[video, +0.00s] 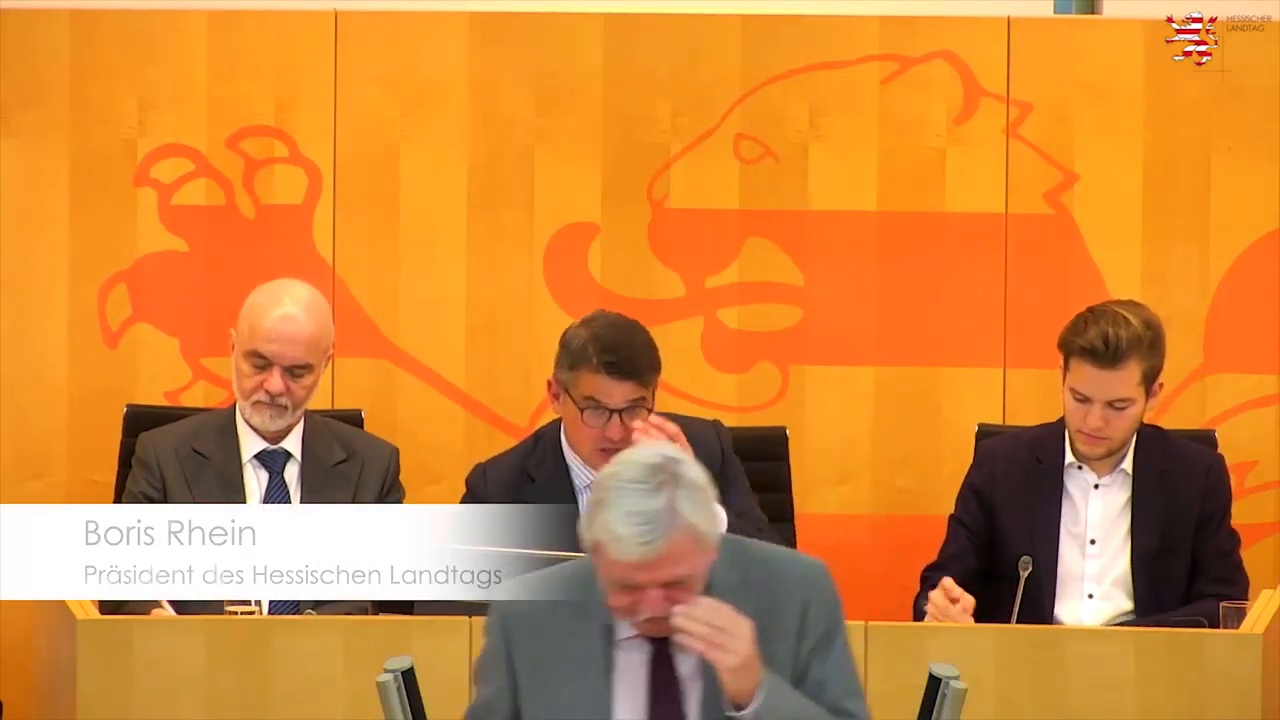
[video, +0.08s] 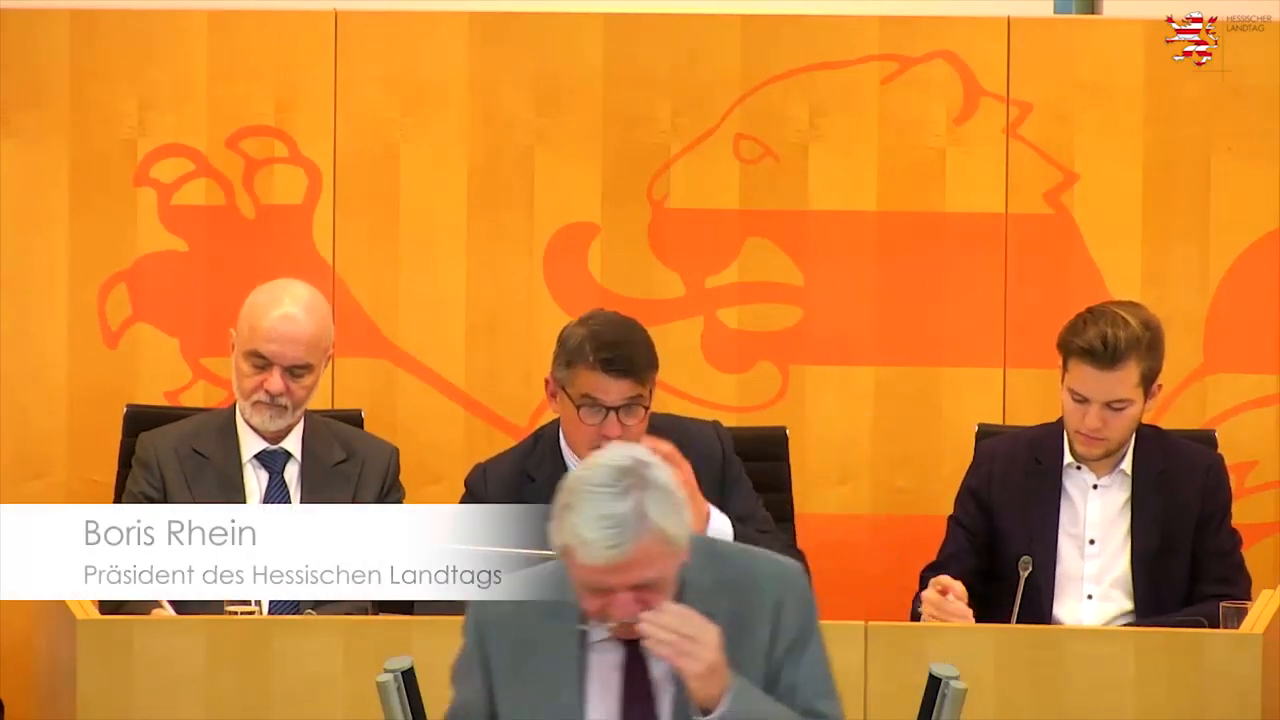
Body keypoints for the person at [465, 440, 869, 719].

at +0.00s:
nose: (653, 610)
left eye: (676, 586)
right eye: (628, 588)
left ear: (712, 547)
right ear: (594, 555)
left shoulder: (800, 592)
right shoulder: (523, 616)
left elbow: (847, 714)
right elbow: (486, 716)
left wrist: (755, 691)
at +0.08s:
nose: (622, 612)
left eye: (645, 587)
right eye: (597, 590)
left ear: (684, 549)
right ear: (565, 556)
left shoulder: (775, 594)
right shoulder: (497, 625)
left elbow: (821, 712)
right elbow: (465, 714)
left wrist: (723, 695)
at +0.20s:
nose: (549, 612)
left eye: (572, 588)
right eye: (524, 590)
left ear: (614, 553)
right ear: (497, 566)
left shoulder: (713, 594)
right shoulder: (444, 611)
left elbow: (757, 713)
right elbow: (435, 712)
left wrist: (649, 704)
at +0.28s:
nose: (516, 613)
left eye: (540, 589)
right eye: (491, 587)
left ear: (588, 555)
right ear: (468, 568)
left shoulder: (691, 595)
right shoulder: (426, 608)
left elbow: (734, 714)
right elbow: (408, 711)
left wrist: (617, 710)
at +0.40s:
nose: (449, 617)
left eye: (474, 591)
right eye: (430, 591)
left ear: (530, 553)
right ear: (407, 577)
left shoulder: (646, 603)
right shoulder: (390, 617)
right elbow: (377, 714)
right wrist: (455, 715)